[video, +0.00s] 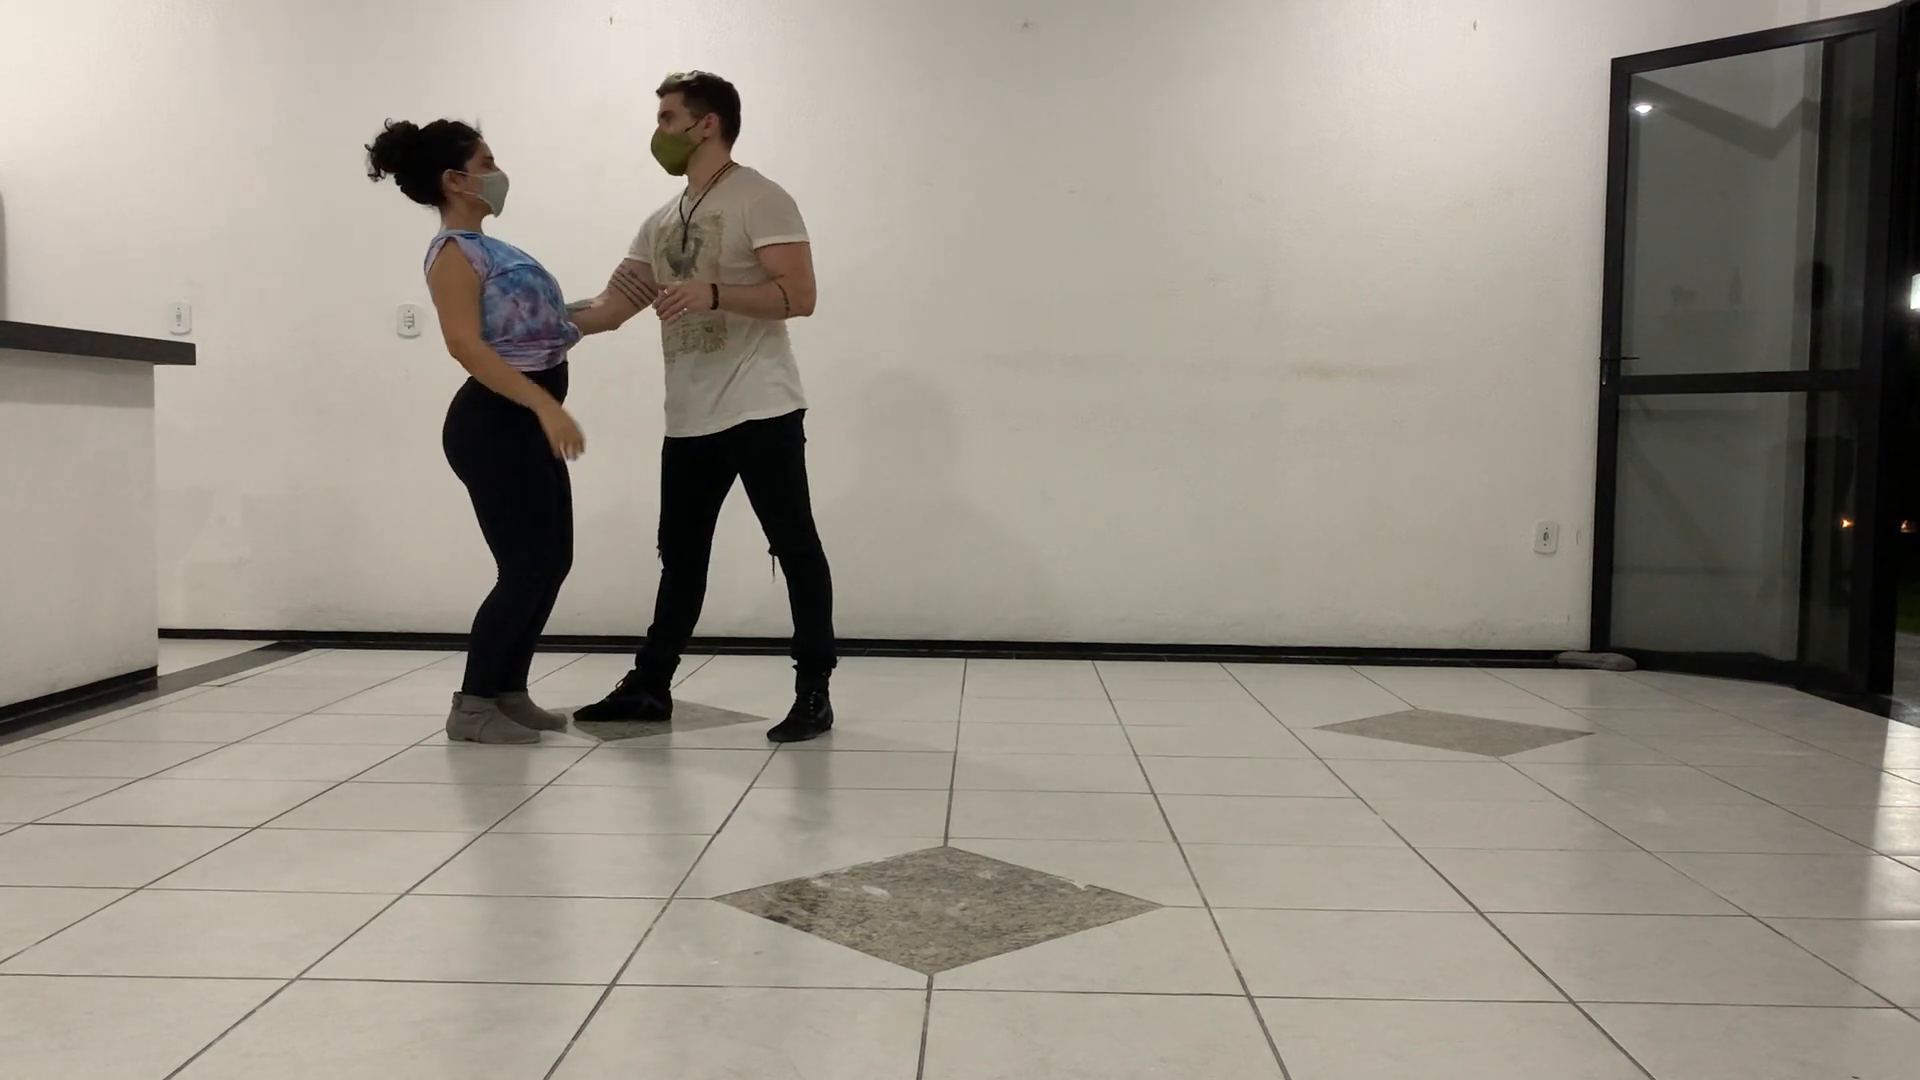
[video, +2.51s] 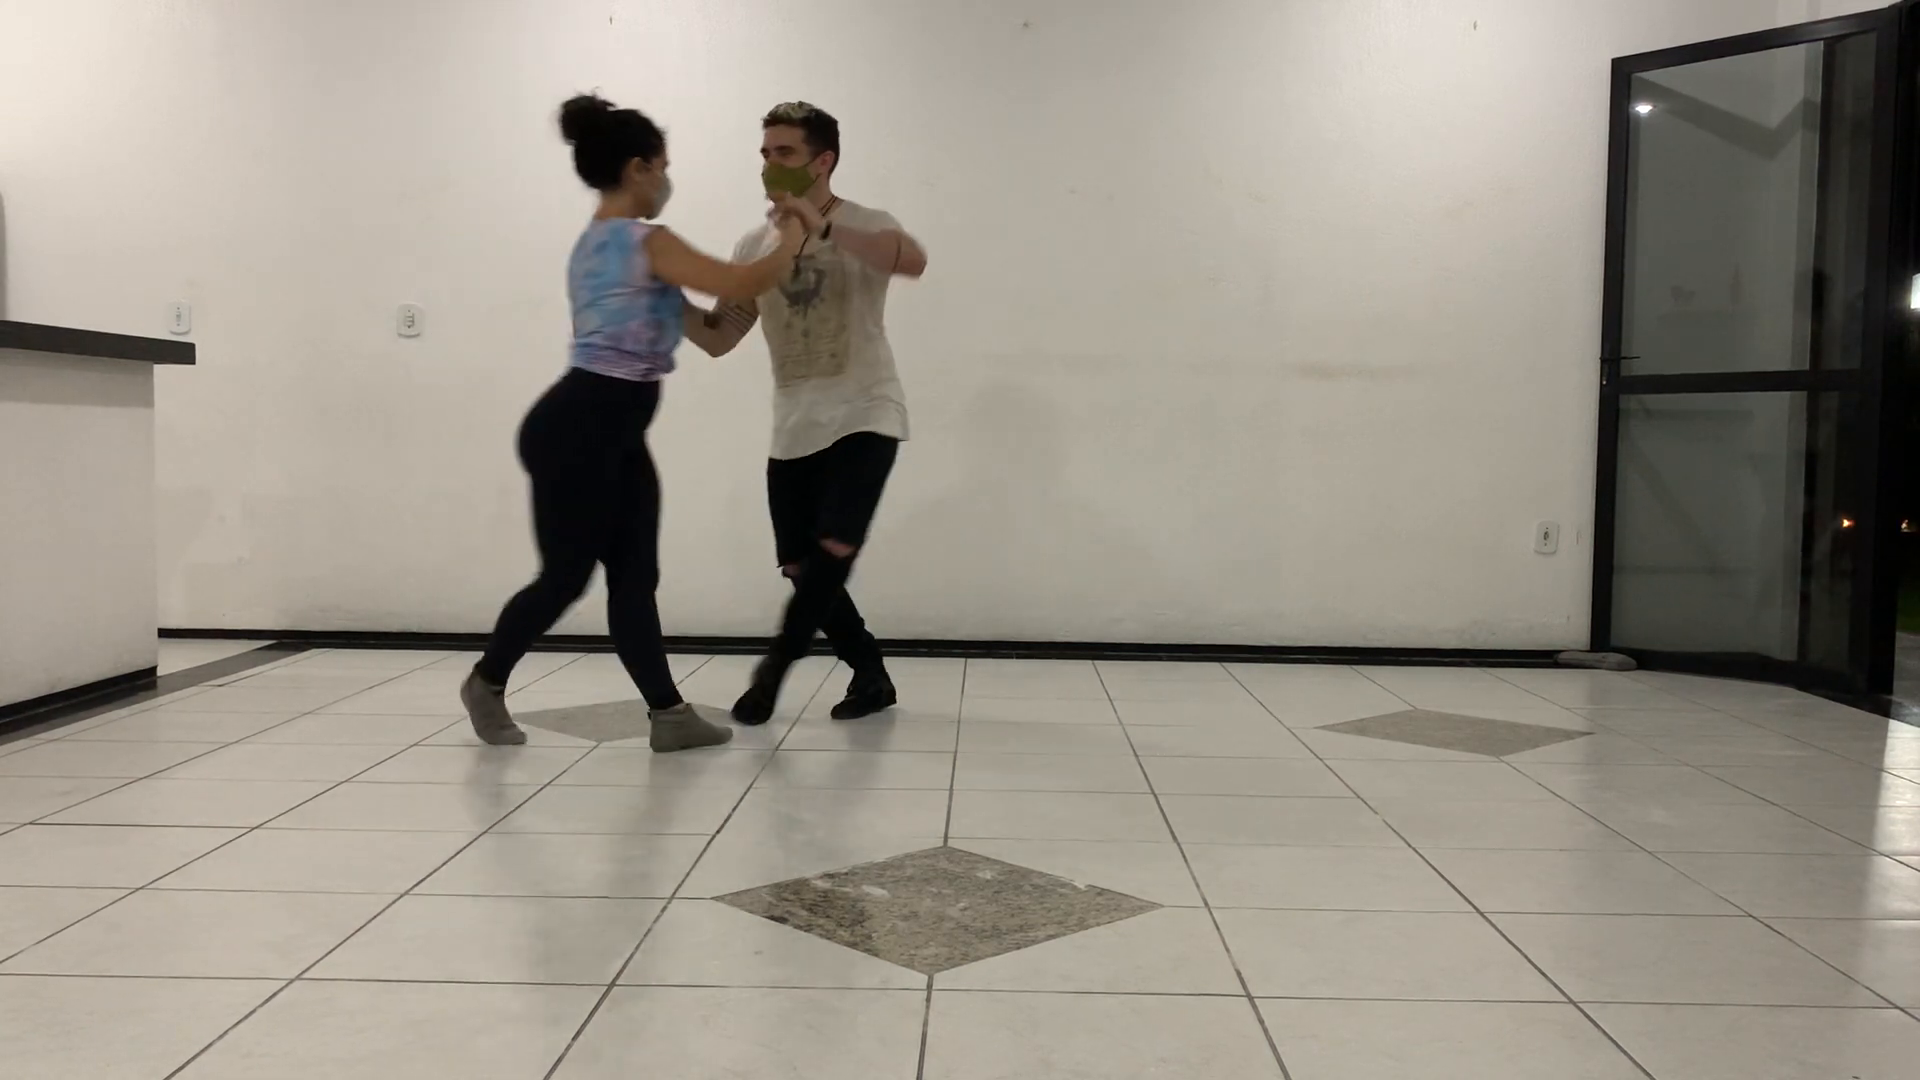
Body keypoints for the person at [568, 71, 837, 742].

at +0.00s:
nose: (656, 131)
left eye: (667, 119)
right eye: (657, 120)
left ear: (710, 124)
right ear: (697, 127)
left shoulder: (760, 199)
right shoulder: (660, 227)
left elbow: (799, 297)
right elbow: (613, 308)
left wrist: (712, 294)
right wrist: (539, 318)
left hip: (763, 405)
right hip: (690, 416)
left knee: (795, 547)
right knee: (681, 553)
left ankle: (814, 695)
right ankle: (649, 687)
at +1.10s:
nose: (605, 133)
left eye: (620, 125)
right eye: (608, 122)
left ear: (661, 143)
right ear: (640, 143)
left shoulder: (697, 213)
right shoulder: (618, 230)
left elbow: (715, 301)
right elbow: (605, 330)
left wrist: (640, 253)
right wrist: (526, 326)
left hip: (723, 412)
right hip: (652, 421)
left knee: (772, 545)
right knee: (611, 542)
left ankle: (821, 693)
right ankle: (645, 687)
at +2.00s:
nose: (671, 167)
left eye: (684, 156)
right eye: (668, 156)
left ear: (728, 161)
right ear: (667, 161)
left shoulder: (783, 232)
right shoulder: (661, 252)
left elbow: (793, 317)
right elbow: (586, 302)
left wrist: (714, 274)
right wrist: (514, 319)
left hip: (817, 409)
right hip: (740, 416)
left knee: (784, 551)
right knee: (682, 540)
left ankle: (741, 682)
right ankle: (638, 681)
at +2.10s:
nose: (696, 174)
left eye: (709, 162)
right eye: (691, 162)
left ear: (751, 168)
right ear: (690, 166)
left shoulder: (799, 235)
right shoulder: (694, 251)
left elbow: (790, 302)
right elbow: (628, 314)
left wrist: (712, 258)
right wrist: (552, 331)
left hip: (828, 418)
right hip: (752, 422)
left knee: (792, 554)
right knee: (687, 535)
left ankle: (742, 681)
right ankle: (659, 667)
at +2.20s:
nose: (719, 177)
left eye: (733, 166)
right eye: (717, 166)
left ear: (776, 173)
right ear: (719, 172)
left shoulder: (818, 241)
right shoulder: (715, 255)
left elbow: (798, 302)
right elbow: (651, 315)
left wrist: (717, 271)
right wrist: (577, 335)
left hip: (834, 424)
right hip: (760, 426)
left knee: (795, 557)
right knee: (699, 535)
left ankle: (742, 679)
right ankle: (740, 644)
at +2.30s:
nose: (741, 174)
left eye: (755, 164)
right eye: (738, 163)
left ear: (797, 172)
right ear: (736, 166)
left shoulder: (835, 244)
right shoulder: (731, 248)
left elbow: (833, 306)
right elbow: (673, 316)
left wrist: (755, 289)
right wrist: (602, 336)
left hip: (838, 426)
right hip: (766, 429)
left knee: (798, 562)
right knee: (725, 552)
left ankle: (743, 678)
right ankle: (819, 644)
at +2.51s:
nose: (770, 164)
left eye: (784, 153)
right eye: (765, 153)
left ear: (824, 160)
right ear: (761, 159)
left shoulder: (858, 224)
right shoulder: (758, 245)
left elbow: (912, 261)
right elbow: (718, 336)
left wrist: (826, 227)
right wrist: (665, 294)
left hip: (865, 407)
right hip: (795, 420)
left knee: (834, 544)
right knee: (799, 562)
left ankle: (770, 675)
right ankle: (872, 676)